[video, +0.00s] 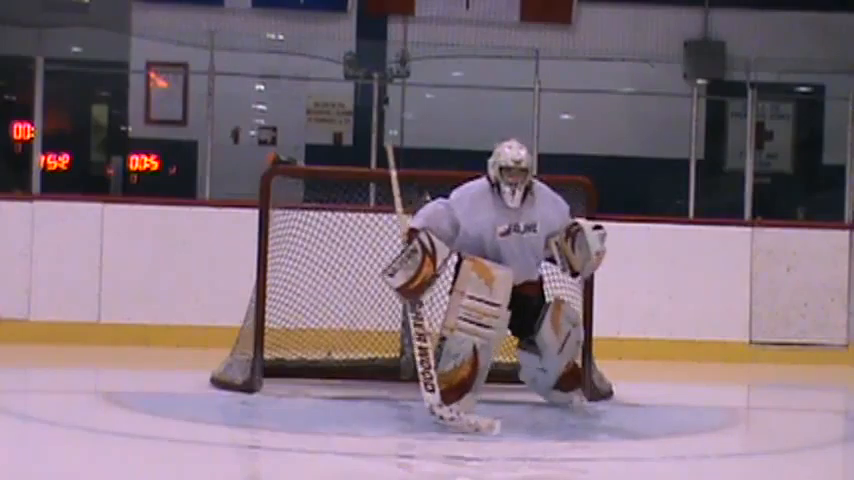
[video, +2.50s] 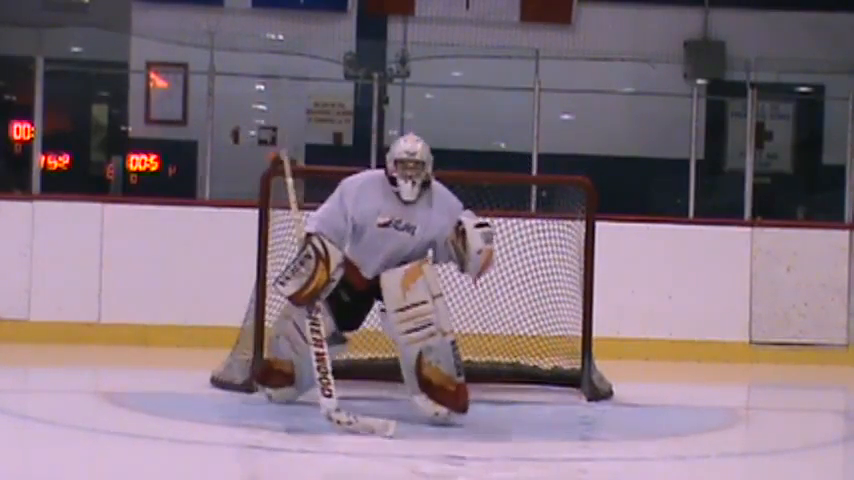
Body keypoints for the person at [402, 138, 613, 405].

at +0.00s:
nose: (514, 181)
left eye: (520, 175)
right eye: (508, 174)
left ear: (530, 175)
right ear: (494, 172)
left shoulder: (546, 203)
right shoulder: (470, 199)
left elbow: (559, 245)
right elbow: (433, 224)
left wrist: (580, 246)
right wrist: (420, 253)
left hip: (526, 285)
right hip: (478, 284)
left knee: (547, 338)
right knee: (468, 339)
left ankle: (556, 387)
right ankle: (451, 399)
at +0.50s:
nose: (488, 150)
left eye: (495, 144)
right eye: (482, 142)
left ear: (503, 146)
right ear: (467, 142)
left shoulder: (514, 182)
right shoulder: (447, 172)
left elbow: (516, 230)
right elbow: (407, 219)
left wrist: (547, 228)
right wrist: (420, 258)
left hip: (482, 268)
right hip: (441, 266)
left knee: (516, 331)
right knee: (445, 339)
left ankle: (541, 403)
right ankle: (414, 401)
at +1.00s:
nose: (433, 140)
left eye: (439, 132)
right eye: (429, 133)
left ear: (461, 131)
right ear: (426, 131)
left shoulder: (492, 164)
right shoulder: (415, 168)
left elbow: (533, 210)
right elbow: (389, 220)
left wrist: (518, 229)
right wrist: (359, 252)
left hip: (494, 266)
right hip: (436, 268)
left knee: (490, 340)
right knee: (410, 333)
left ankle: (525, 412)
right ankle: (395, 406)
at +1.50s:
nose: (291, 170)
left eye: (294, 163)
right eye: (288, 164)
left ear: (310, 159)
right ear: (311, 158)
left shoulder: (337, 180)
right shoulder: (305, 195)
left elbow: (375, 229)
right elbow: (289, 227)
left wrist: (344, 256)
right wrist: (264, 250)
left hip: (393, 262)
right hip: (359, 269)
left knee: (391, 340)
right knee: (303, 306)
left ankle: (468, 388)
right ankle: (307, 375)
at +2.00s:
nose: (268, 143)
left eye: (273, 138)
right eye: (267, 137)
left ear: (292, 137)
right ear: (267, 136)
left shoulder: (325, 165)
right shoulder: (266, 169)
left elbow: (357, 206)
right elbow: (254, 218)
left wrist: (343, 234)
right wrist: (235, 249)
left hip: (333, 256)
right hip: (285, 257)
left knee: (311, 316)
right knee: (263, 310)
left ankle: (353, 385)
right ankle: (255, 377)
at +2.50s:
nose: (410, 175)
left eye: (417, 169)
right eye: (403, 167)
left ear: (429, 170)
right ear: (390, 166)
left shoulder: (444, 206)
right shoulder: (359, 189)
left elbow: (461, 254)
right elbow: (324, 230)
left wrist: (474, 244)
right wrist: (310, 266)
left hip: (405, 278)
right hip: (354, 271)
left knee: (423, 328)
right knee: (321, 324)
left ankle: (441, 391)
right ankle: (282, 374)